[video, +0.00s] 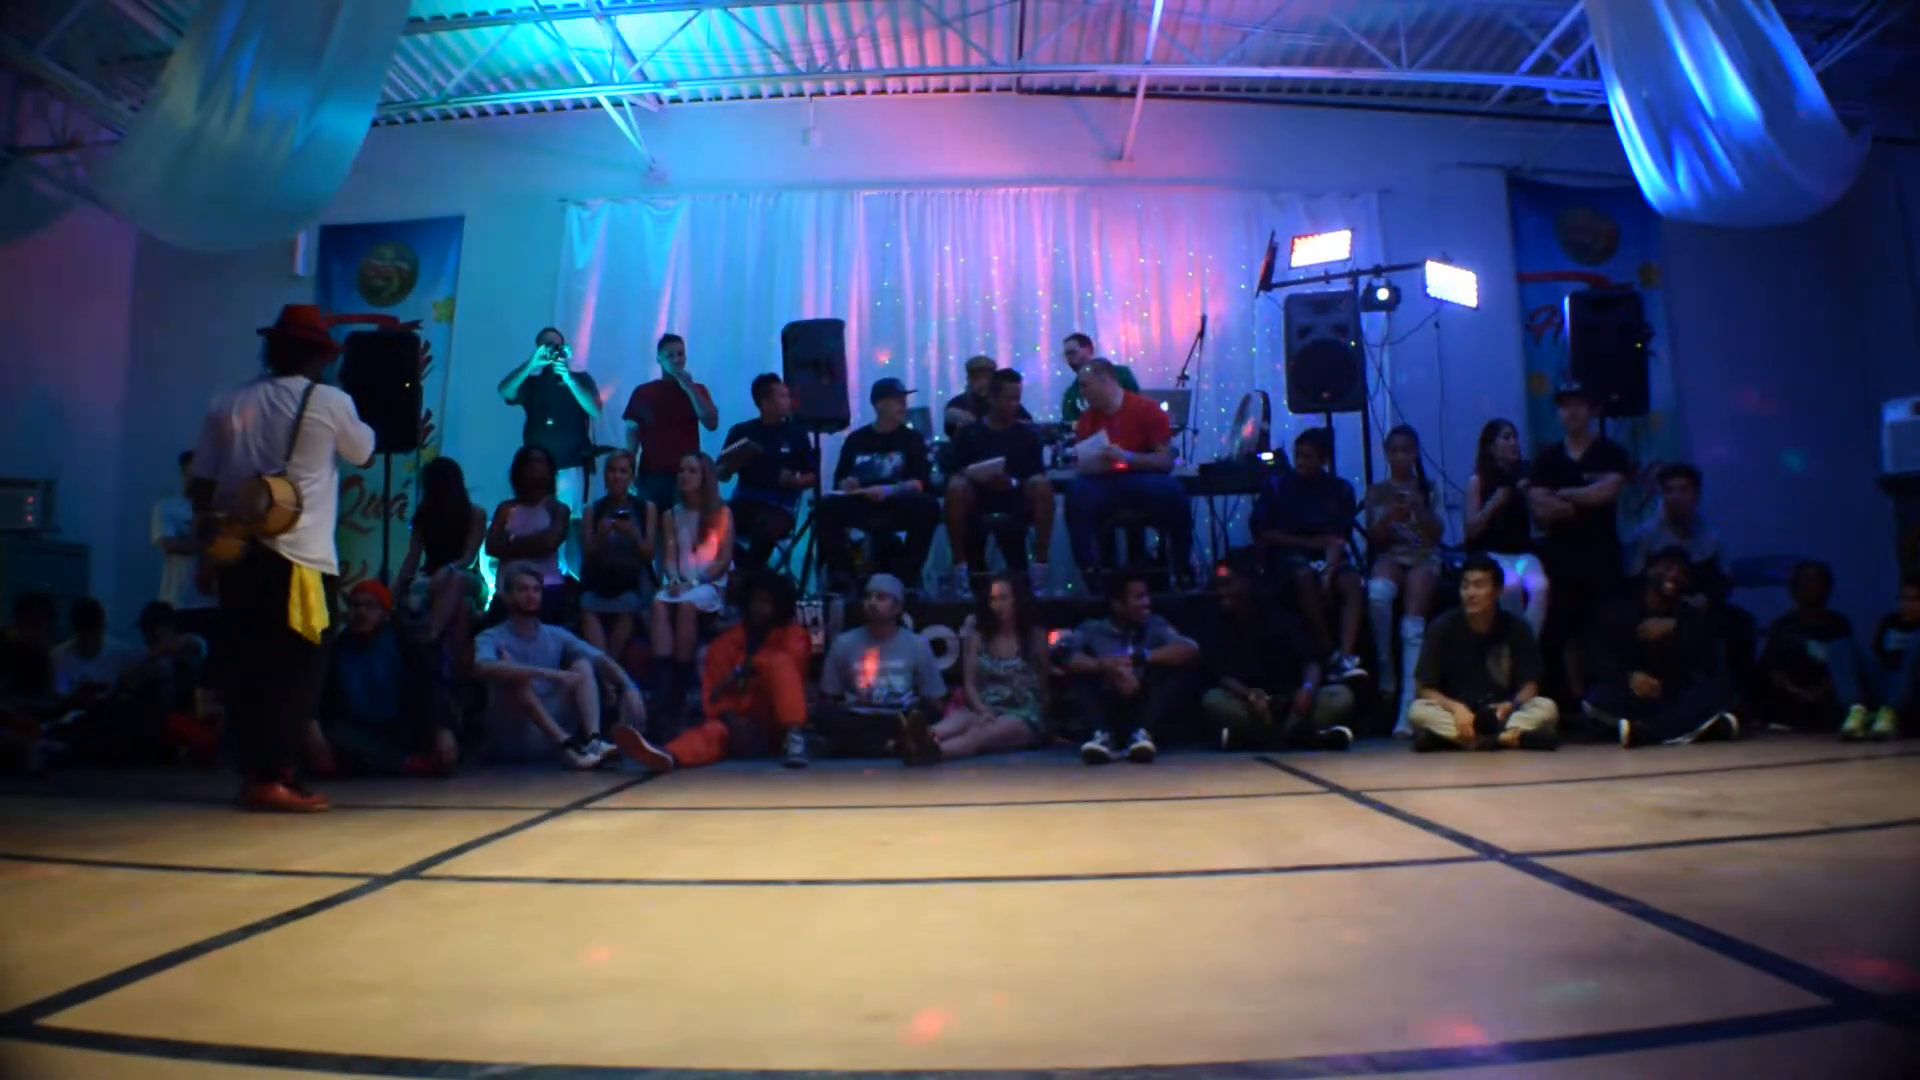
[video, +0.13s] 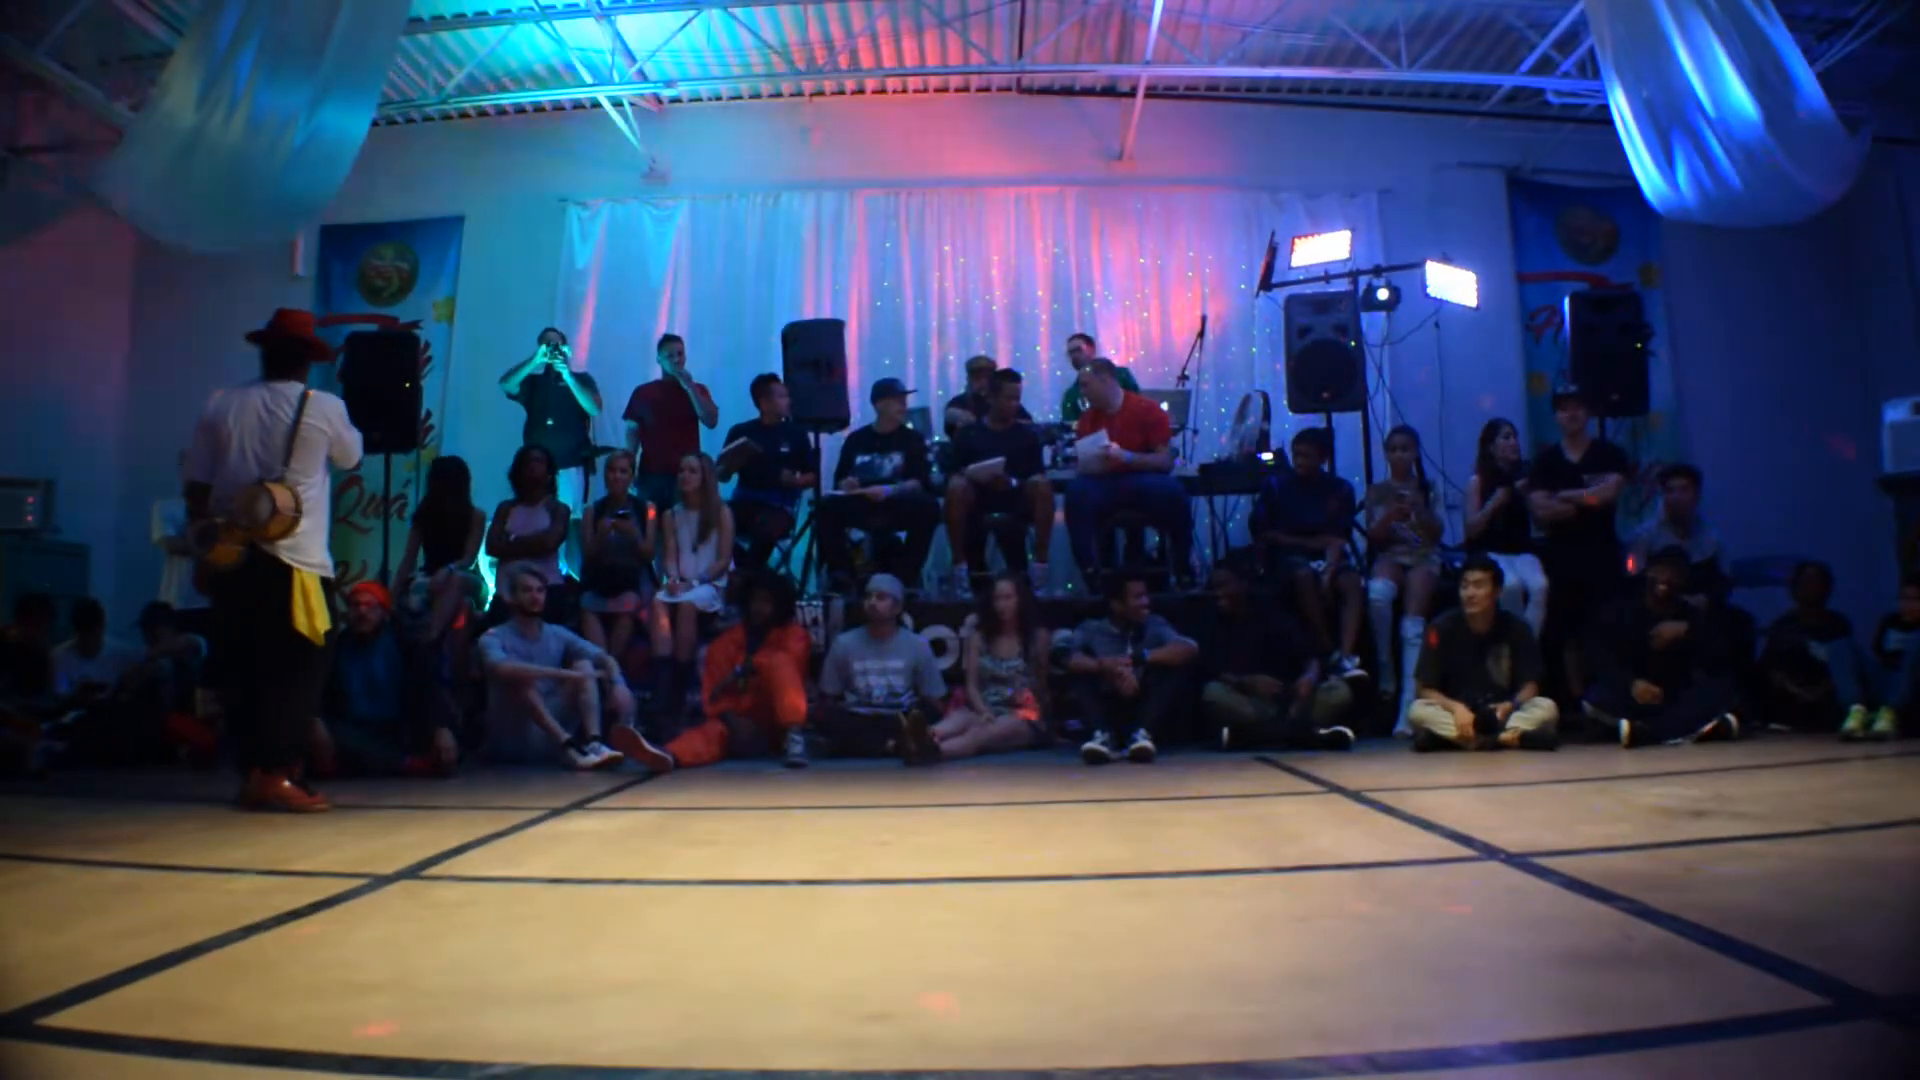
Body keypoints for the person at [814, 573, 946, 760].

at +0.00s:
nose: (872, 603)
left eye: (880, 598)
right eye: (869, 597)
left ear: (897, 607)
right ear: (863, 602)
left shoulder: (916, 645)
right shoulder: (844, 643)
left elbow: (934, 700)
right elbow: (829, 697)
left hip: (901, 714)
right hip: (858, 715)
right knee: (822, 716)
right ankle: (888, 745)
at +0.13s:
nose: (872, 603)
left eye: (880, 598)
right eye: (869, 597)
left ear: (897, 607)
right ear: (863, 602)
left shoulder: (916, 645)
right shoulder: (844, 644)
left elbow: (934, 700)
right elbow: (828, 697)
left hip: (901, 715)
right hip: (857, 716)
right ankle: (889, 745)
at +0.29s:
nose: (872, 604)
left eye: (881, 598)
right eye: (868, 597)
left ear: (897, 606)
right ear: (863, 602)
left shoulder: (916, 645)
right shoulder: (844, 644)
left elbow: (935, 704)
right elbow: (828, 701)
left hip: (904, 722)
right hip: (857, 723)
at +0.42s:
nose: (872, 604)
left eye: (880, 597)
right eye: (868, 597)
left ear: (897, 606)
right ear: (862, 601)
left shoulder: (916, 645)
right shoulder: (843, 644)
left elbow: (935, 702)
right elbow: (828, 699)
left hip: (903, 718)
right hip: (856, 720)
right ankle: (885, 746)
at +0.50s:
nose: (872, 604)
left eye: (880, 598)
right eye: (868, 597)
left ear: (897, 606)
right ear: (862, 602)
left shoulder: (916, 645)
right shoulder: (844, 643)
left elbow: (935, 701)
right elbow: (829, 696)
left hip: (902, 716)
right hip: (856, 716)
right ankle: (886, 746)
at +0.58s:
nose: (872, 604)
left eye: (880, 598)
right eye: (868, 597)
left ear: (897, 606)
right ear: (862, 602)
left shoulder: (917, 645)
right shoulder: (844, 644)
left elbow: (934, 702)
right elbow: (827, 699)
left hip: (904, 719)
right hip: (857, 719)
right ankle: (888, 745)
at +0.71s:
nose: (872, 604)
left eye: (880, 598)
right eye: (868, 597)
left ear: (896, 606)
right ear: (862, 602)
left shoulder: (916, 645)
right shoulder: (844, 643)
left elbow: (936, 700)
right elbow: (827, 697)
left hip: (905, 720)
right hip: (857, 720)